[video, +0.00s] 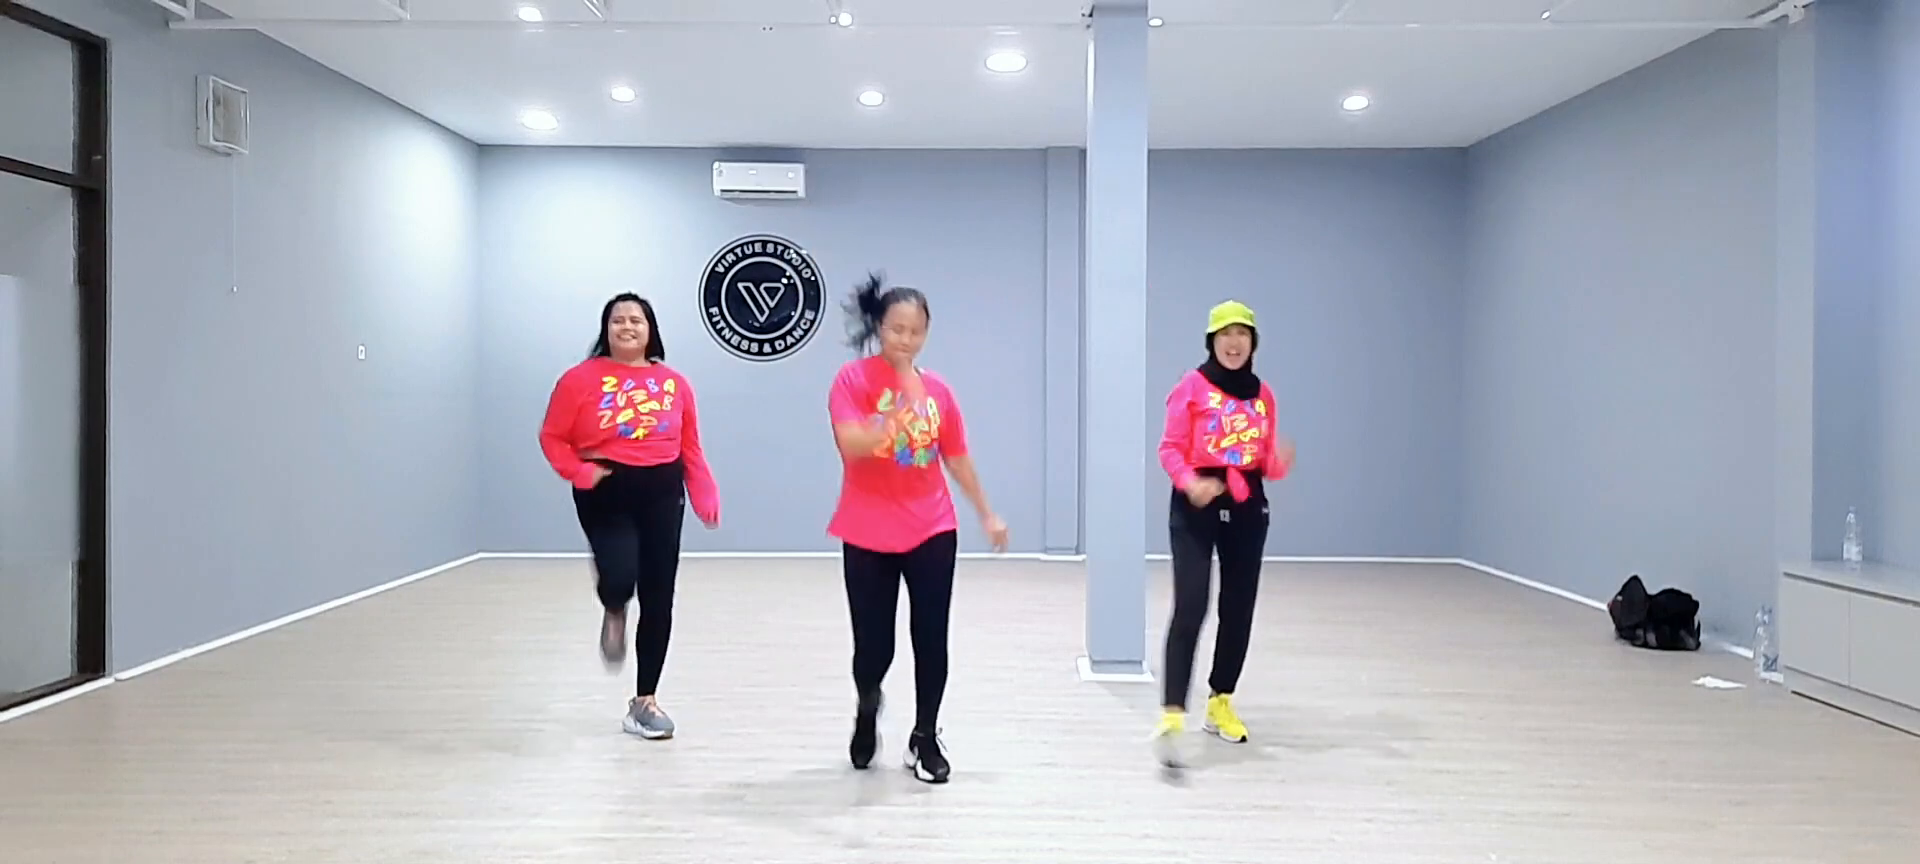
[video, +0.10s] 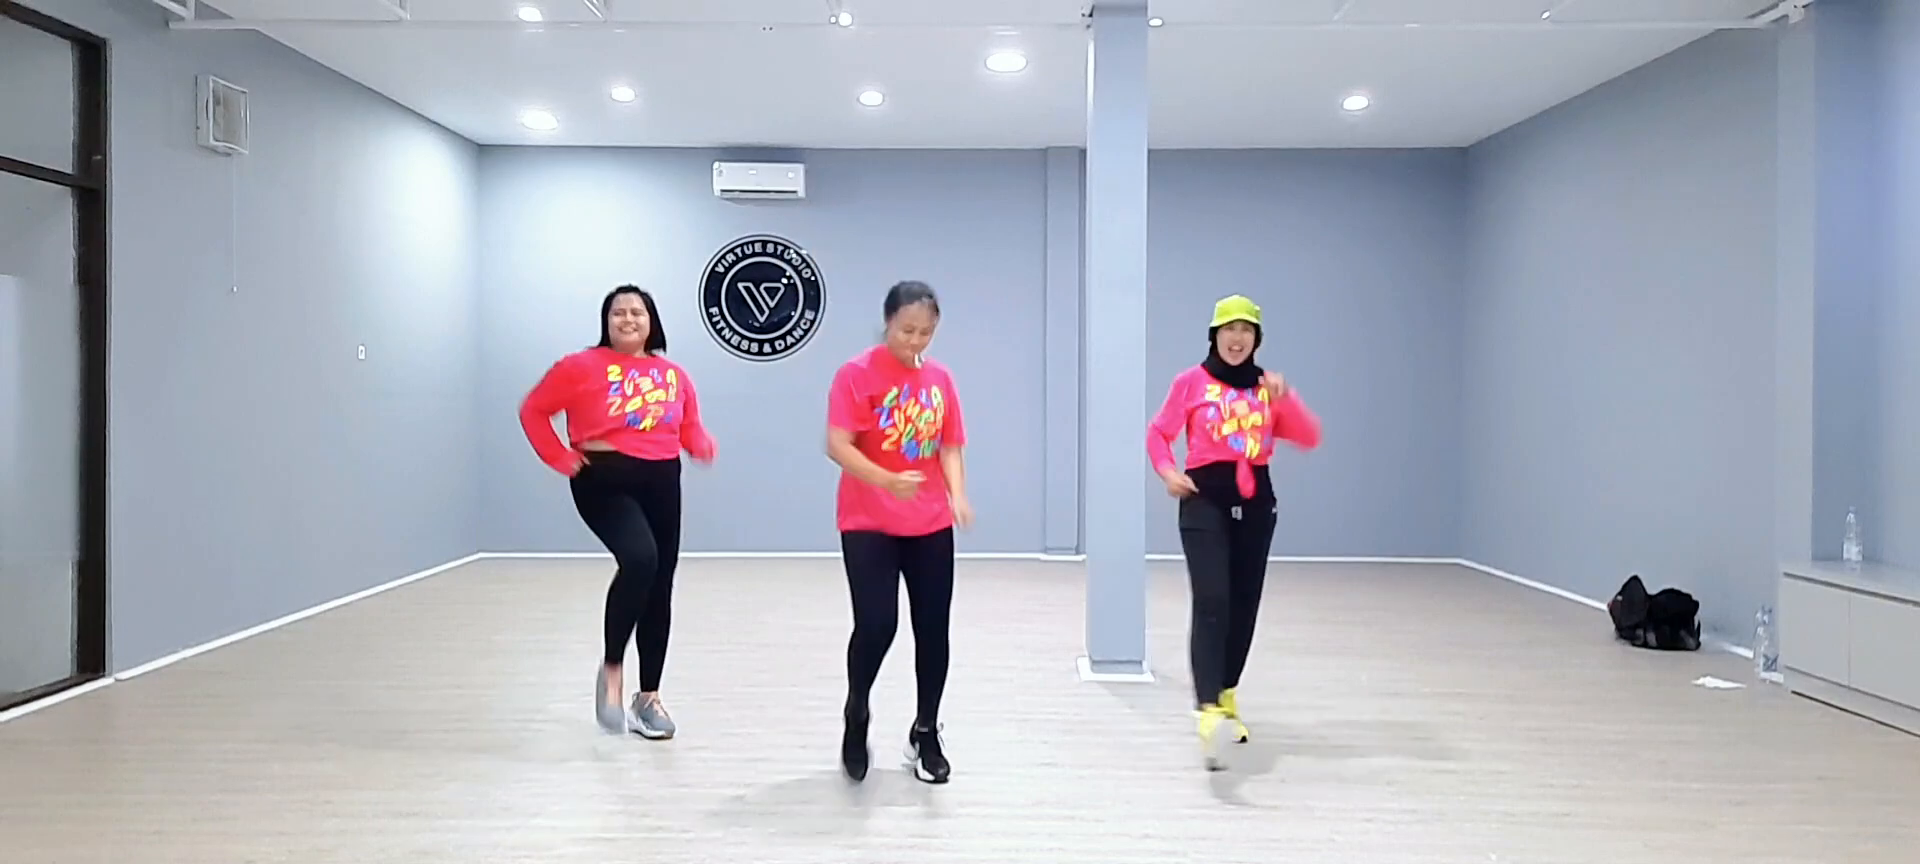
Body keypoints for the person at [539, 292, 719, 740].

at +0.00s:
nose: (627, 326)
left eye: (637, 320)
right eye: (618, 320)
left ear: (650, 330)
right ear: (605, 330)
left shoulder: (673, 382)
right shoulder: (579, 381)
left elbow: (690, 446)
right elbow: (551, 437)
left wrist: (706, 498)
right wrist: (580, 471)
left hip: (662, 491)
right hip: (605, 490)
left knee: (658, 597)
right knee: (619, 580)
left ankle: (644, 699)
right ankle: (615, 614)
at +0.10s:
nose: (629, 318)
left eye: (637, 312)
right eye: (620, 312)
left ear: (651, 323)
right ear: (606, 323)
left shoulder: (672, 374)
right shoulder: (580, 367)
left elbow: (689, 425)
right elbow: (531, 411)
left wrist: (704, 446)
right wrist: (561, 456)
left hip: (661, 481)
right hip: (602, 478)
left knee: (659, 584)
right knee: (640, 561)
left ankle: (649, 695)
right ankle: (612, 669)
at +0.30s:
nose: (619, 317)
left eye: (626, 310)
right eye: (608, 312)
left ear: (640, 317)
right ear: (591, 323)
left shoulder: (661, 357)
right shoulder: (575, 363)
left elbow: (676, 409)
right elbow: (524, 409)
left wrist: (696, 416)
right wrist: (574, 443)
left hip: (637, 487)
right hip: (594, 484)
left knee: (668, 589)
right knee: (622, 593)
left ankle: (632, 699)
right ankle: (589, 738)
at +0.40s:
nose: (618, 332)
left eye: (624, 325)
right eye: (605, 326)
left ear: (633, 336)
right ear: (584, 338)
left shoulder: (639, 383)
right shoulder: (578, 389)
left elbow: (659, 438)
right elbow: (560, 452)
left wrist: (668, 465)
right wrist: (632, 444)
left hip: (626, 502)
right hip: (588, 503)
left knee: (660, 602)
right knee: (619, 614)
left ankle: (626, 711)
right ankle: (583, 753)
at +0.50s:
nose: (633, 320)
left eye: (632, 313)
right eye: (623, 312)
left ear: (615, 326)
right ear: (596, 321)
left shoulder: (608, 368)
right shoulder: (593, 367)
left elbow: (629, 421)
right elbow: (632, 422)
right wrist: (670, 391)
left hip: (604, 490)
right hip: (589, 490)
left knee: (633, 594)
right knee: (615, 607)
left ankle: (622, 707)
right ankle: (586, 747)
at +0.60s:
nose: (626, 308)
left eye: (622, 300)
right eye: (622, 301)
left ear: (574, 307)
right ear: (611, 306)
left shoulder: (554, 355)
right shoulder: (615, 343)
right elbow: (655, 390)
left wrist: (542, 439)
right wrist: (670, 370)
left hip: (553, 467)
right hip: (599, 460)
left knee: (601, 581)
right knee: (616, 588)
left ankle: (592, 713)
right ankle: (599, 726)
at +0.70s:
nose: (616, 315)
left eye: (613, 309)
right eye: (613, 309)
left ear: (557, 310)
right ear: (605, 310)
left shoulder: (529, 353)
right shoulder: (621, 346)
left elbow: (498, 410)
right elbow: (666, 405)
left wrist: (529, 452)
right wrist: (642, 393)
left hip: (542, 468)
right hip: (600, 463)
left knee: (569, 587)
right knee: (613, 592)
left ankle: (555, 717)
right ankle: (593, 726)